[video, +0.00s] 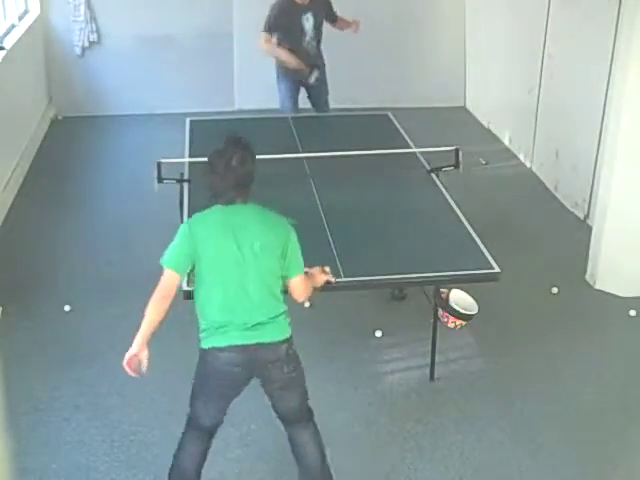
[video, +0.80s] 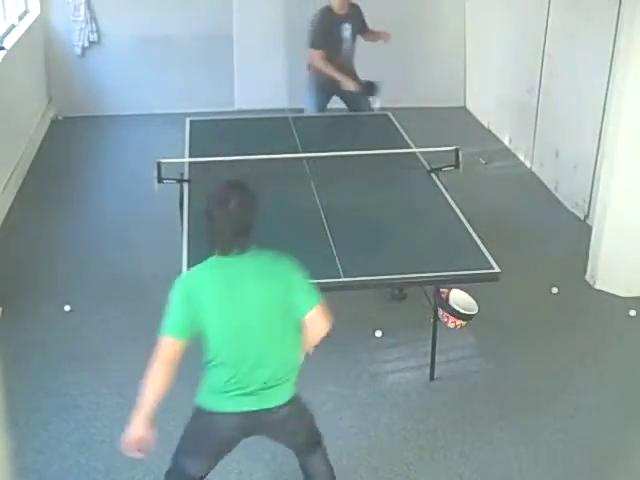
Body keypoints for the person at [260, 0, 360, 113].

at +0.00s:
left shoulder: (321, 3)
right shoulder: (281, 6)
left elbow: (334, 20)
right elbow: (266, 43)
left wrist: (350, 24)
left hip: (315, 66)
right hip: (288, 68)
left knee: (324, 113)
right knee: (289, 114)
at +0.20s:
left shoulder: (323, 1)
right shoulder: (280, 2)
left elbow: (337, 18)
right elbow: (257, 22)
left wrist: (353, 15)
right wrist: (238, 31)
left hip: (316, 73)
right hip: (290, 74)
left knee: (323, 120)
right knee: (289, 120)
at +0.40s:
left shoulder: (327, 2)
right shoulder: (285, 3)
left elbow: (339, 21)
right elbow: (268, 27)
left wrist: (353, 19)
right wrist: (252, 46)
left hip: (321, 71)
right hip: (294, 72)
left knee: (334, 117)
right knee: (290, 121)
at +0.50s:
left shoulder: (331, 3)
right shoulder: (289, 4)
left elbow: (347, 24)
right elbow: (269, 28)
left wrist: (355, 22)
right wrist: (266, 47)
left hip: (325, 71)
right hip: (298, 71)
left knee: (341, 116)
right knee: (295, 118)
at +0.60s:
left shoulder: (336, 5)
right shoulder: (295, 6)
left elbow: (353, 30)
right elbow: (274, 35)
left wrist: (359, 30)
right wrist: (282, 58)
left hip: (330, 72)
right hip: (302, 73)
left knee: (347, 112)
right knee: (300, 116)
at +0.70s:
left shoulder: (344, 11)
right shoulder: (306, 14)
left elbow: (358, 34)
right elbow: (288, 48)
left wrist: (366, 35)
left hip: (339, 75)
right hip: (312, 76)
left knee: (355, 113)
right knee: (306, 119)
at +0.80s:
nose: (342, 3)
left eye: (345, 2)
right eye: (340, 2)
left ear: (348, 1)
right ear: (333, 1)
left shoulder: (354, 10)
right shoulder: (322, 17)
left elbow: (365, 34)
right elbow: (317, 59)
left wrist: (379, 36)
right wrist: (345, 81)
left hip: (348, 74)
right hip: (323, 74)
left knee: (365, 114)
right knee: (314, 116)